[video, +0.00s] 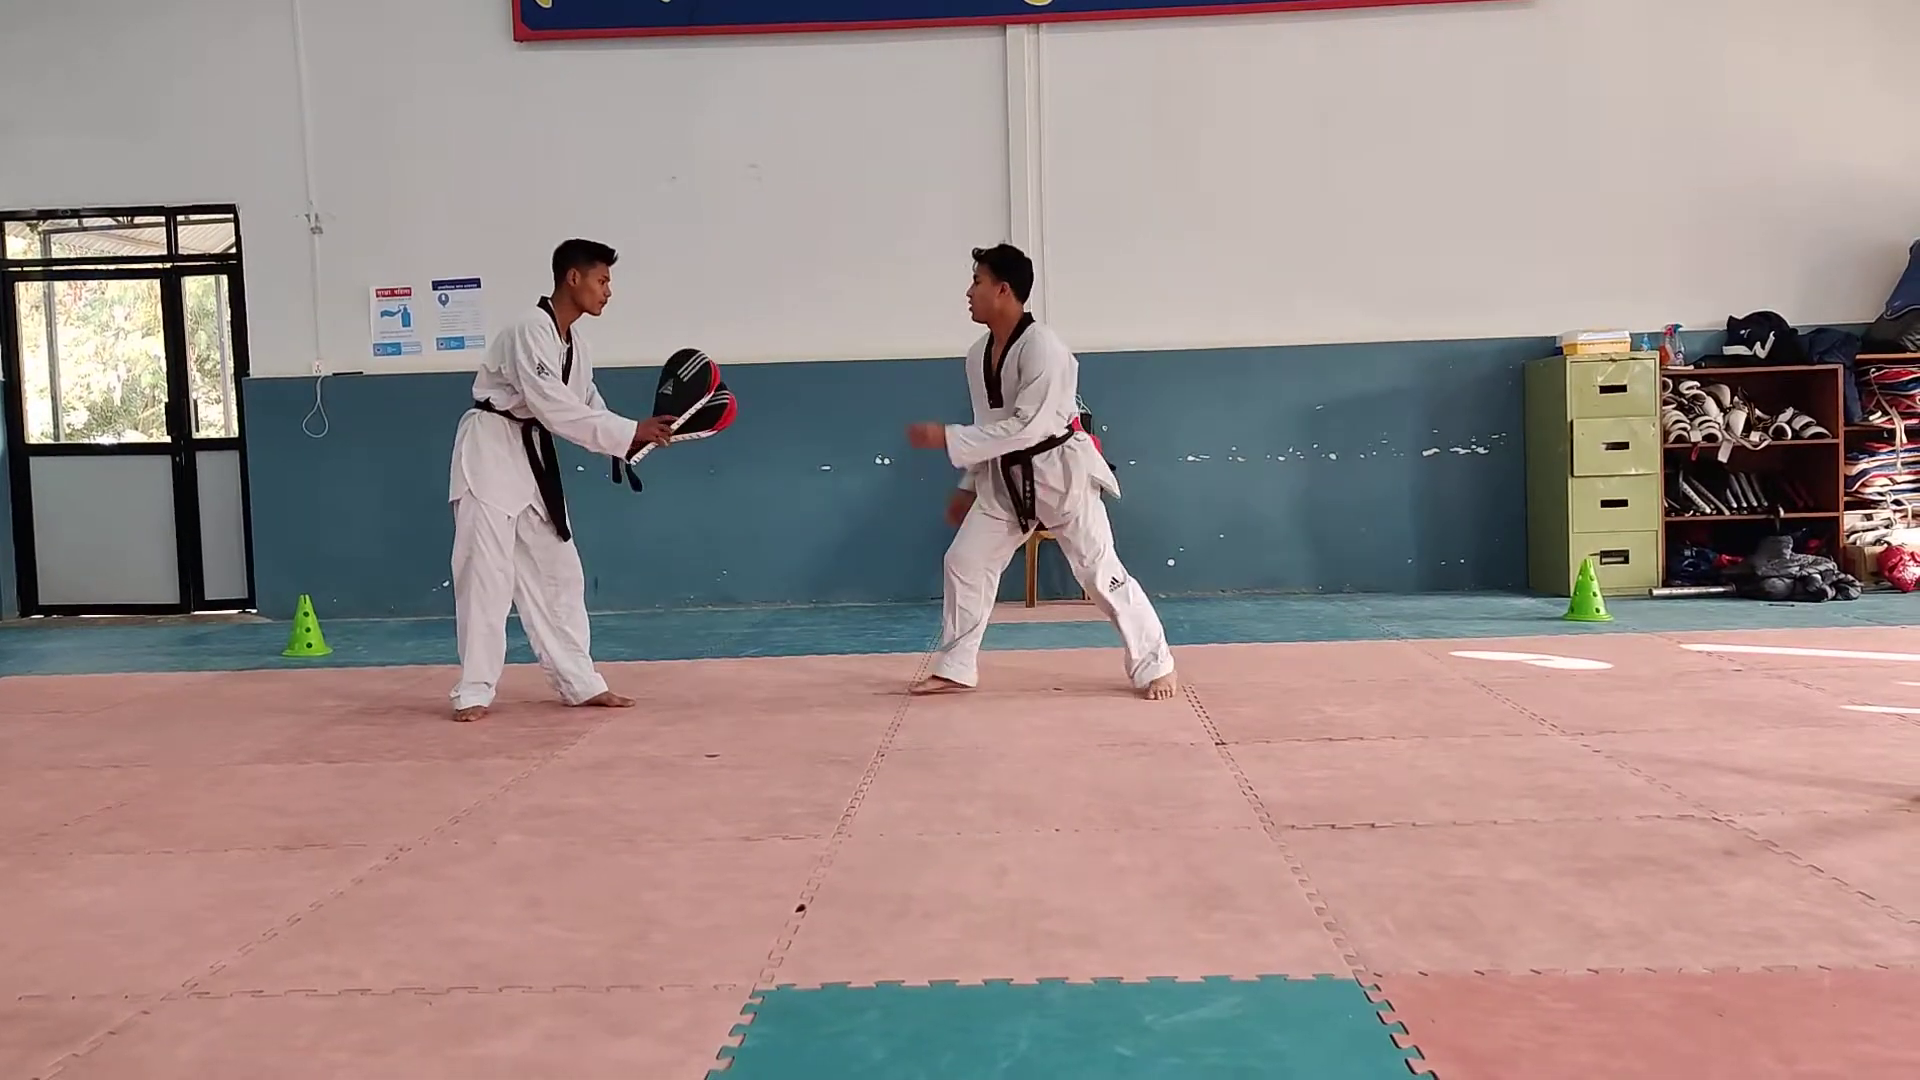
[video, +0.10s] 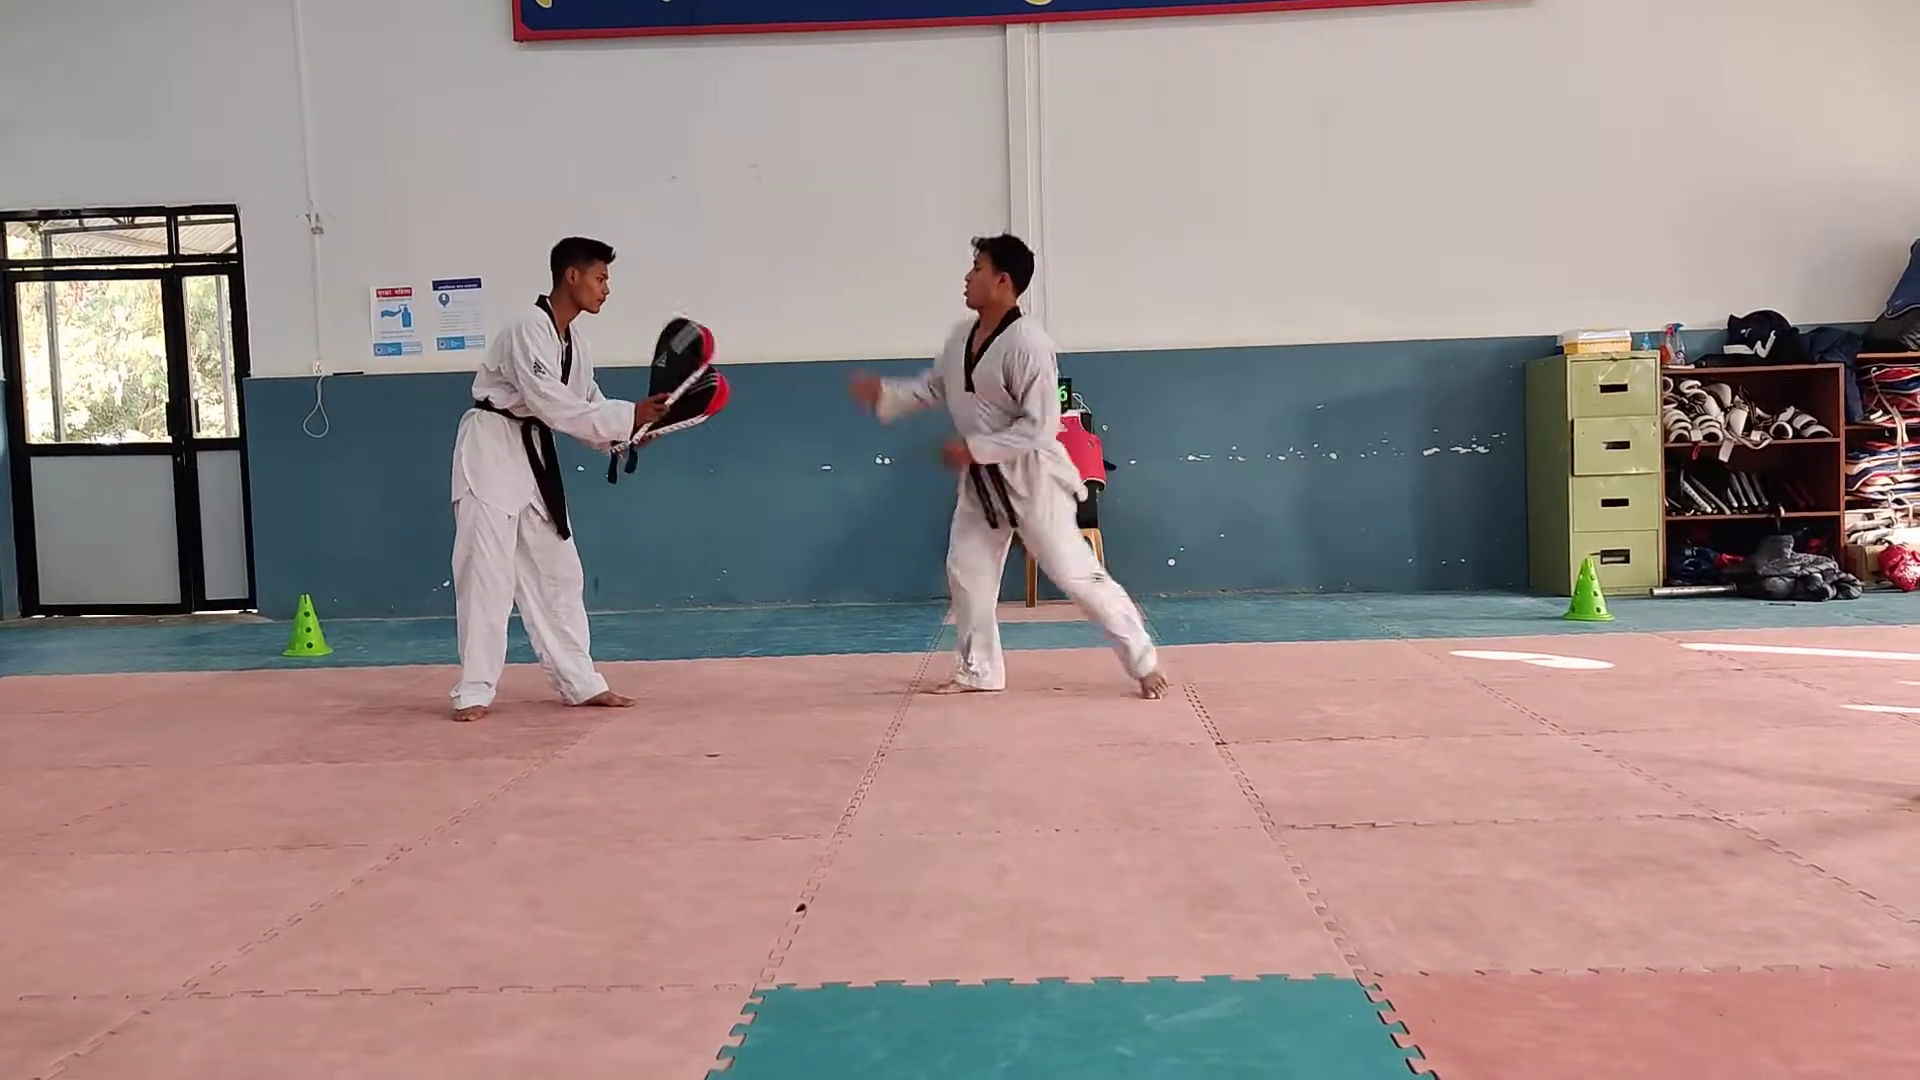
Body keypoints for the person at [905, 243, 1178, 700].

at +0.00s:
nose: (969, 291)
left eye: (977, 282)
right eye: (972, 281)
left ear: (1005, 291)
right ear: (1001, 291)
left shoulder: (1045, 351)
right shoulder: (978, 355)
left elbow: (1029, 427)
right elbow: (988, 428)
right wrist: (969, 486)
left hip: (1062, 472)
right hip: (1005, 477)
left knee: (1100, 572)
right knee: (964, 562)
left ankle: (1156, 666)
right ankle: (957, 668)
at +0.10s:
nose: (966, 276)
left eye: (977, 269)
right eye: (971, 267)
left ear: (1004, 283)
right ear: (997, 281)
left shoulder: (1031, 346)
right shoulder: (961, 336)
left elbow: (1040, 428)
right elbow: (935, 390)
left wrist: (976, 448)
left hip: (1032, 468)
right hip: (980, 472)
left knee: (1070, 571)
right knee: (967, 571)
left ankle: (1142, 657)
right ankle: (981, 673)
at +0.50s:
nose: (943, 267)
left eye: (952, 258)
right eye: (947, 258)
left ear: (978, 265)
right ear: (976, 266)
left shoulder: (995, 326)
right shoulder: (950, 319)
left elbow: (941, 360)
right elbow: (931, 383)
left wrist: (885, 337)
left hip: (933, 457)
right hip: (892, 422)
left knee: (914, 572)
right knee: (798, 408)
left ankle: (919, 676)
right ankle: (716, 452)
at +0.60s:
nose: (921, 259)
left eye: (929, 249)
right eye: (923, 249)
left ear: (956, 257)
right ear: (952, 257)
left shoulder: (984, 320)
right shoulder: (919, 310)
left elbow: (970, 397)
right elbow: (904, 373)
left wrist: (895, 396)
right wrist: (891, 385)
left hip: (932, 450)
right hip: (882, 431)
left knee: (925, 567)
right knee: (787, 468)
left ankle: (951, 668)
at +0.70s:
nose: (892, 275)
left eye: (901, 266)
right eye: (895, 265)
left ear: (929, 276)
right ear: (921, 275)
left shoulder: (962, 349)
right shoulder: (890, 332)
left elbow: (960, 431)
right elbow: (875, 408)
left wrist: (892, 460)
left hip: (929, 471)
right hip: (873, 462)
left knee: (941, 584)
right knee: (804, 530)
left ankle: (984, 678)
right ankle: (765, 638)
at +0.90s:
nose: (813, 306)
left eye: (821, 297)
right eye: (816, 296)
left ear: (848, 309)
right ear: (844, 309)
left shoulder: (880, 375)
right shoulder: (827, 365)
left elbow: (853, 457)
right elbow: (833, 443)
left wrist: (778, 477)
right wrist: (818, 489)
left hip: (891, 491)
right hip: (837, 489)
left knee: (913, 600)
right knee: (779, 566)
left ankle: (981, 677)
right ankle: (775, 685)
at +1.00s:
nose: (786, 294)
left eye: (795, 285)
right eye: (790, 284)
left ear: (820, 297)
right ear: (821, 298)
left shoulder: (828, 359)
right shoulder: (813, 355)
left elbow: (772, 428)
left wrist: (724, 386)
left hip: (851, 480)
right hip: (811, 484)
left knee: (890, 591)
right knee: (760, 571)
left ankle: (978, 665)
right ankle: (772, 685)